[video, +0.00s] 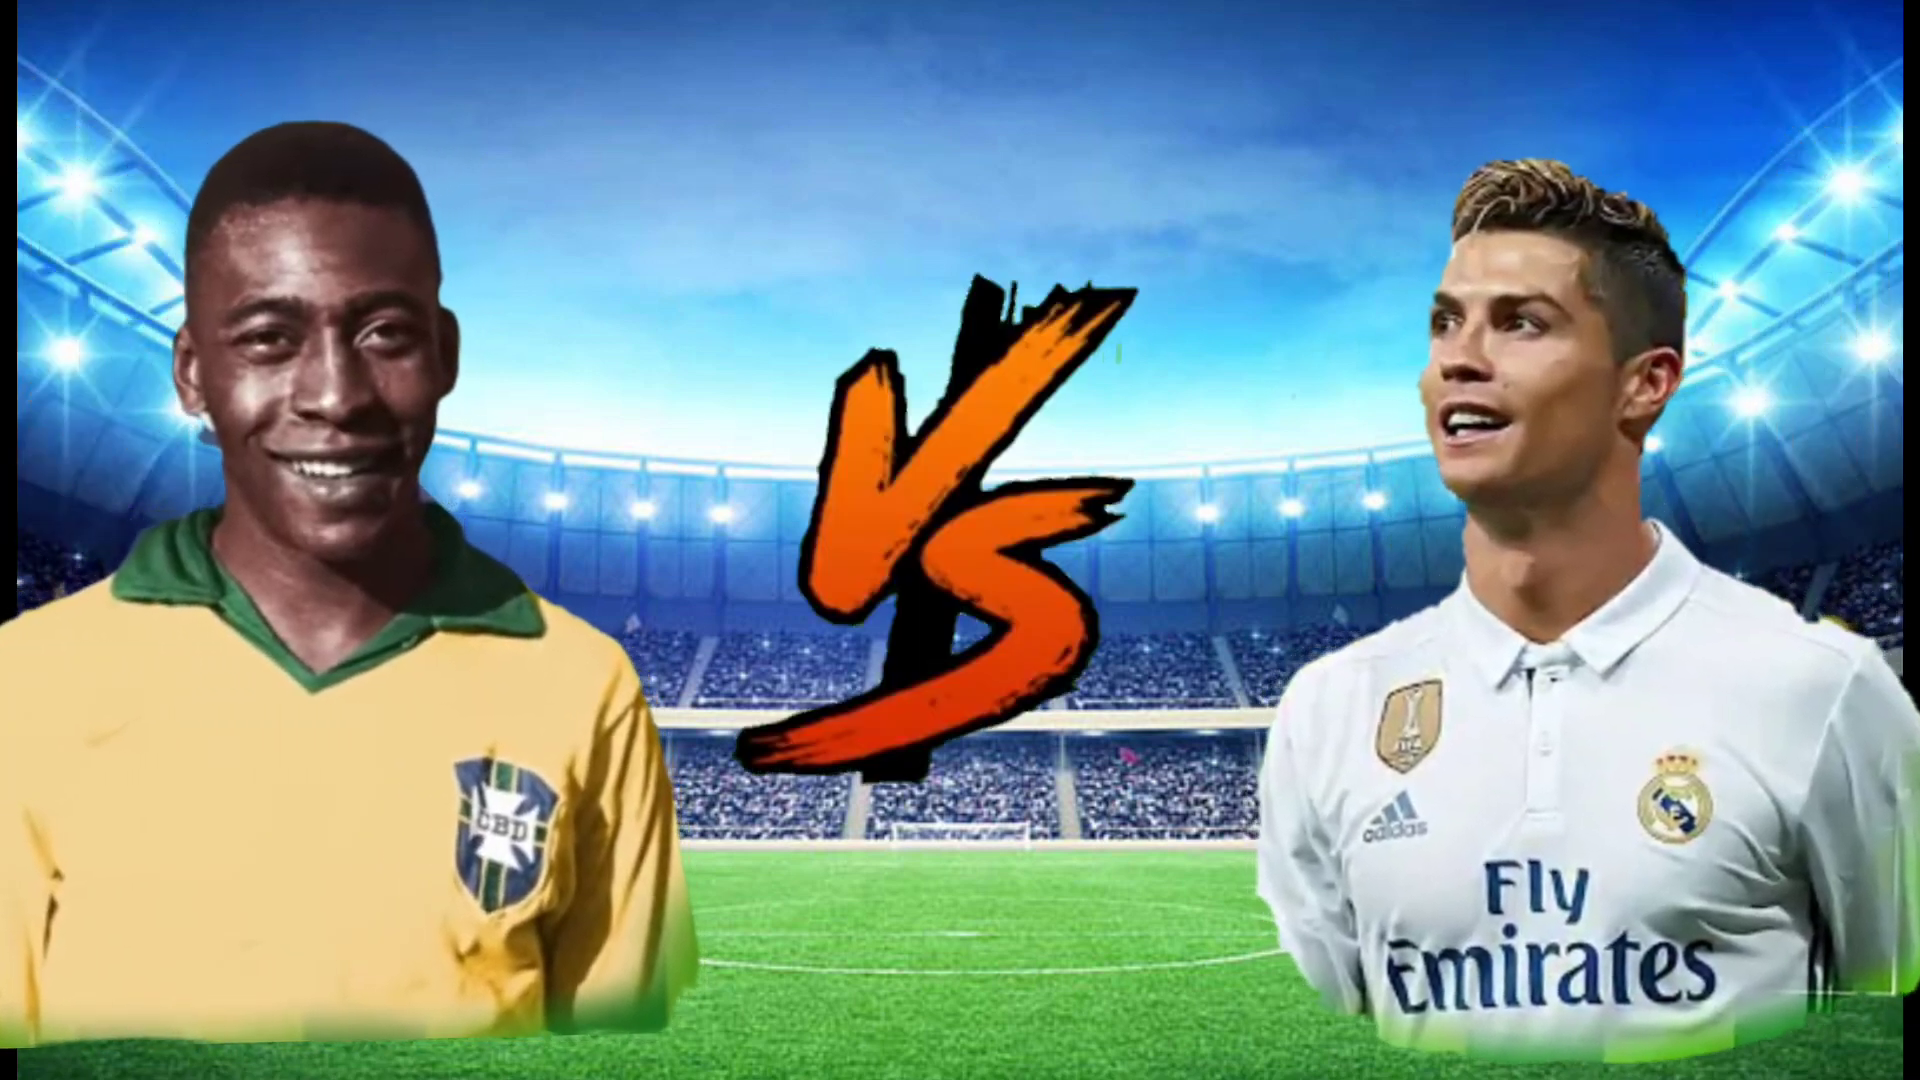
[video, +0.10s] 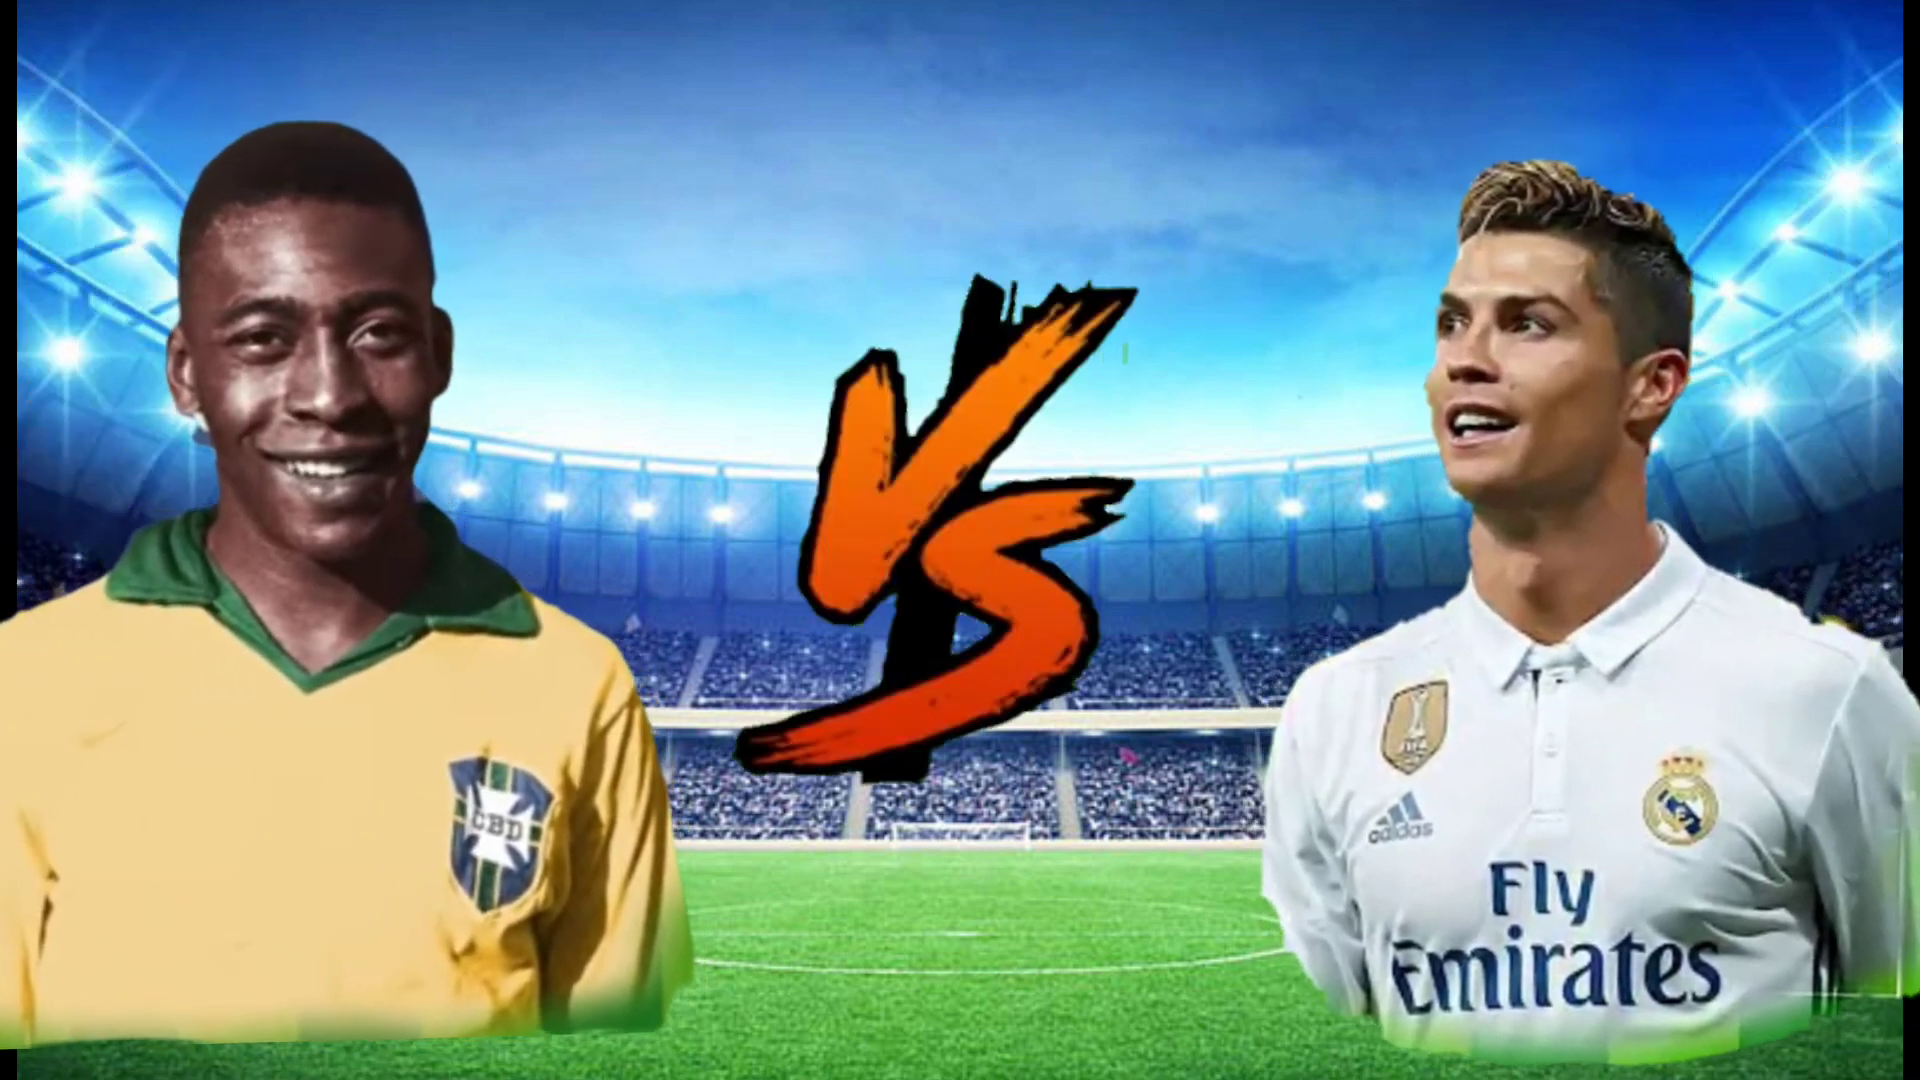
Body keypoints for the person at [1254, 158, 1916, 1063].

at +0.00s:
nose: (1455, 360)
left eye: (1522, 323)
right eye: (1446, 324)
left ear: (1644, 385)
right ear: (1424, 363)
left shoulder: (1823, 701)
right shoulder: (1323, 716)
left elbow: (1881, 1034)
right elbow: (1335, 1046)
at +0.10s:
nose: (1462, 362)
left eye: (1528, 325)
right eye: (1453, 326)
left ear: (1651, 387)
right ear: (1432, 365)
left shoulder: (1831, 703)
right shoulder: (1329, 716)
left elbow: (1885, 1032)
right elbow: (1340, 1046)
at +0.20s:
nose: (1470, 363)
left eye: (1537, 326)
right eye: (1460, 327)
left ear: (1658, 390)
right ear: (1439, 367)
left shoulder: (1839, 704)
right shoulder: (1335, 718)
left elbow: (1888, 1027)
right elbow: (1346, 1047)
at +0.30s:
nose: (1480, 364)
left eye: (1547, 328)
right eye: (1470, 328)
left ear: (1668, 391)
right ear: (1449, 368)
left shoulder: (1848, 706)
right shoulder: (1345, 720)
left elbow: (1895, 1021)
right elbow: (1360, 1043)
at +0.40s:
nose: (1493, 365)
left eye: (1559, 329)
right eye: (1484, 329)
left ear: (1680, 394)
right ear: (1465, 369)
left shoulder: (1863, 708)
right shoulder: (1357, 720)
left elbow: (1901, 1017)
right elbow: (1363, 1043)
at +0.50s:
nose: (1512, 364)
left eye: (1577, 329)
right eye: (1502, 328)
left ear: (1698, 395)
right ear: (1485, 363)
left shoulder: (1876, 708)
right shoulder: (1374, 721)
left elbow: (1910, 1008)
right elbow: (1382, 1043)